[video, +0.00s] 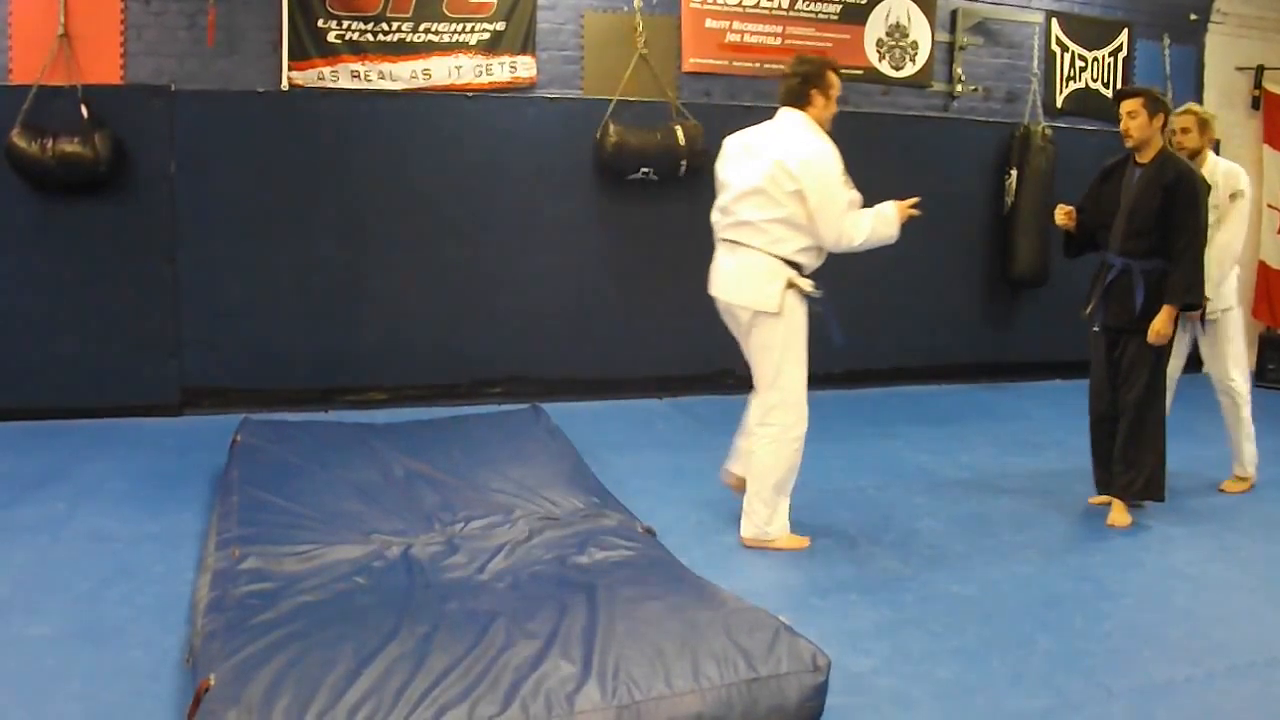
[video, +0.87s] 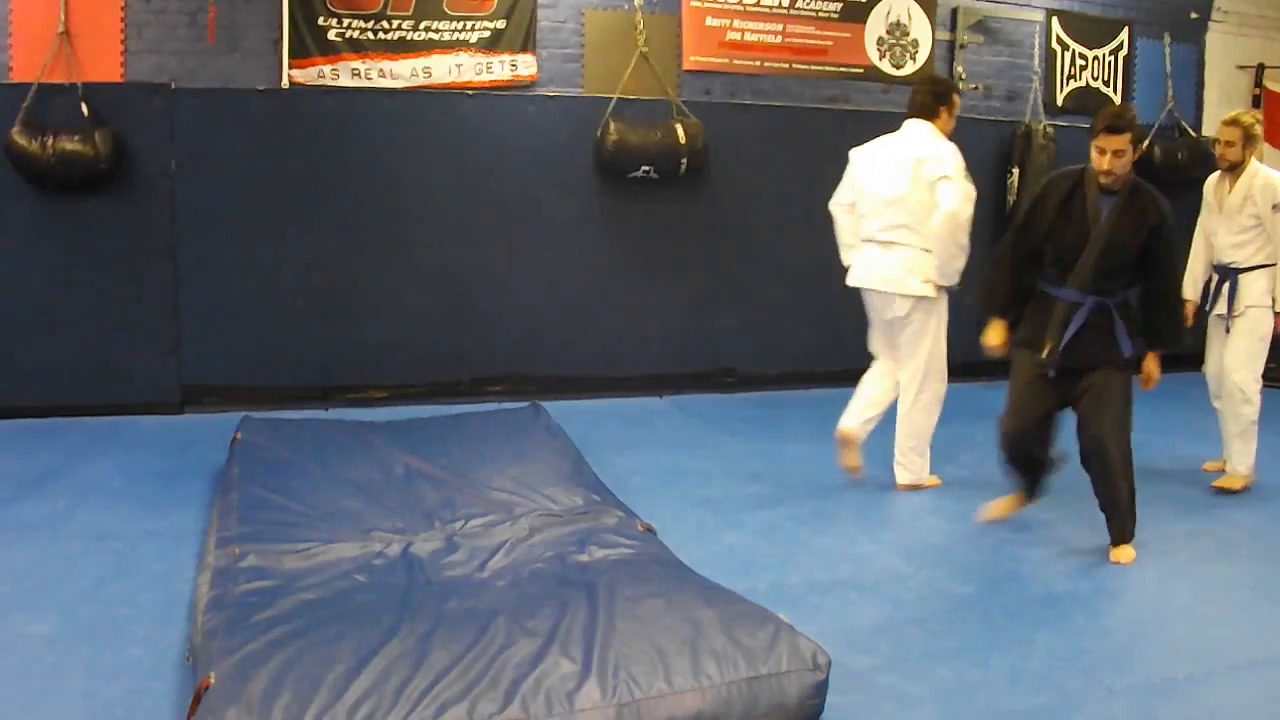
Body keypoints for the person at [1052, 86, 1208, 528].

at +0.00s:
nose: (1124, 125)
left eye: (1132, 117)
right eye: (1121, 118)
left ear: (1159, 121)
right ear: (1122, 124)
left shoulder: (1184, 180)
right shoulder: (1113, 172)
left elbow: (1189, 252)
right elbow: (1090, 234)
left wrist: (1170, 309)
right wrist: (1072, 223)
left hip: (1151, 301)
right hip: (1109, 295)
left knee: (1137, 399)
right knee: (1104, 396)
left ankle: (1125, 496)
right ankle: (1109, 485)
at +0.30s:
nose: (1118, 133)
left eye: (1127, 125)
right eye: (1113, 125)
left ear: (1149, 126)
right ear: (1110, 127)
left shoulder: (1175, 174)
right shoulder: (1109, 173)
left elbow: (1189, 244)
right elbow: (1083, 226)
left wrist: (1187, 308)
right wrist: (1062, 276)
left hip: (1159, 298)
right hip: (1118, 295)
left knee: (1133, 388)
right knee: (1119, 388)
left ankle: (1130, 494)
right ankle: (1115, 482)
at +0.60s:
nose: (1110, 149)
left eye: (1119, 140)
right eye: (1104, 140)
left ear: (1140, 139)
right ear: (1096, 140)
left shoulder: (1163, 190)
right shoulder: (1086, 187)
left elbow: (1186, 262)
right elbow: (1071, 250)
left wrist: (1198, 330)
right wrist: (1071, 306)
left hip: (1140, 308)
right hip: (1093, 308)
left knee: (1124, 407)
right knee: (1106, 404)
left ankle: (1120, 519)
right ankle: (1126, 486)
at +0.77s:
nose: (1111, 157)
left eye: (1121, 148)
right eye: (1105, 147)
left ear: (1142, 148)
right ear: (1096, 145)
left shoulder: (1162, 204)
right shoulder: (1070, 187)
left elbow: (1176, 277)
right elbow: (1038, 245)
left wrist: (1173, 343)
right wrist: (1031, 305)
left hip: (1122, 324)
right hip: (1066, 318)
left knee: (1110, 430)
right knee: (1051, 422)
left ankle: (1119, 534)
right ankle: (1095, 464)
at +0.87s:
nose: (1107, 164)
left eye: (1117, 154)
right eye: (1100, 152)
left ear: (1134, 153)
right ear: (1089, 149)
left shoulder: (1151, 209)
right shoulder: (1057, 189)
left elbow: (1161, 284)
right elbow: (1017, 250)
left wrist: (1153, 348)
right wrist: (1000, 315)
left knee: (1105, 439)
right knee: (1018, 426)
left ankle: (1120, 537)